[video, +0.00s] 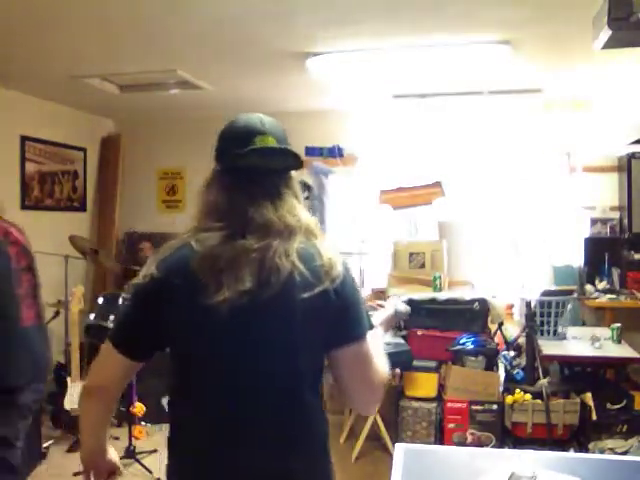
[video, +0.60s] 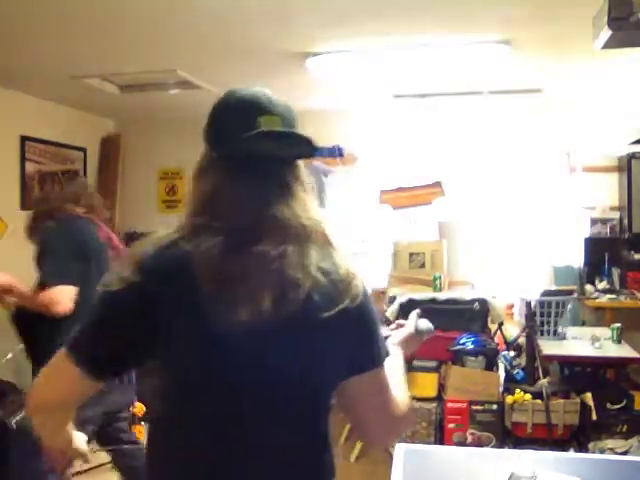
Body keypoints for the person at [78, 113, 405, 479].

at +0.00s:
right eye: (289, 181)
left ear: (217, 186)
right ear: (290, 186)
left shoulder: (176, 268)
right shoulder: (321, 270)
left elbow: (99, 386)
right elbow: (366, 397)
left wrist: (93, 455)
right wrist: (365, 339)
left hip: (199, 469)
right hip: (297, 470)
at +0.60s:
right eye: (300, 166)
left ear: (209, 173)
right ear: (295, 178)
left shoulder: (165, 274)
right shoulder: (335, 286)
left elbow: (46, 400)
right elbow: (383, 430)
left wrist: (63, 447)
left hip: (182, 471)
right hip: (298, 472)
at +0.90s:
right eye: (237, 161)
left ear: (139, 170)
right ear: (238, 173)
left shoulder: (78, 287)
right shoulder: (282, 294)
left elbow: (0, 410)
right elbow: (341, 464)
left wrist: (18, 463)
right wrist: (372, 376)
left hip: (112, 473)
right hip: (246, 475)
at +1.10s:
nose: (243, 169)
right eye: (237, 156)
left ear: (128, 162)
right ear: (229, 168)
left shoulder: (62, 281)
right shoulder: (272, 287)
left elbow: (0, 403)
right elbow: (340, 466)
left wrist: (13, 459)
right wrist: (377, 367)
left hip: (91, 476)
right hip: (234, 475)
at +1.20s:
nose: (246, 169)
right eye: (240, 156)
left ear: (134, 163)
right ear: (234, 167)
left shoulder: (66, 279)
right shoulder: (276, 289)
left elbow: (0, 400)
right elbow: (338, 463)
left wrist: (21, 452)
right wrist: (378, 367)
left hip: (93, 470)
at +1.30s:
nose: (260, 170)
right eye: (252, 157)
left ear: (149, 164)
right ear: (246, 169)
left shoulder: (79, 279)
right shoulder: (281, 291)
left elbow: (6, 400)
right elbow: (341, 462)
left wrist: (38, 435)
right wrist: (385, 367)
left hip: (109, 469)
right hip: (241, 468)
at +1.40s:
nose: (269, 183)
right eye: (264, 170)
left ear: (167, 171)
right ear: (259, 175)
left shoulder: (99, 280)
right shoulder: (290, 294)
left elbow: (8, 405)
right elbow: (349, 464)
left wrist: (61, 416)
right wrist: (395, 369)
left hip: (120, 472)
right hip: (249, 471)